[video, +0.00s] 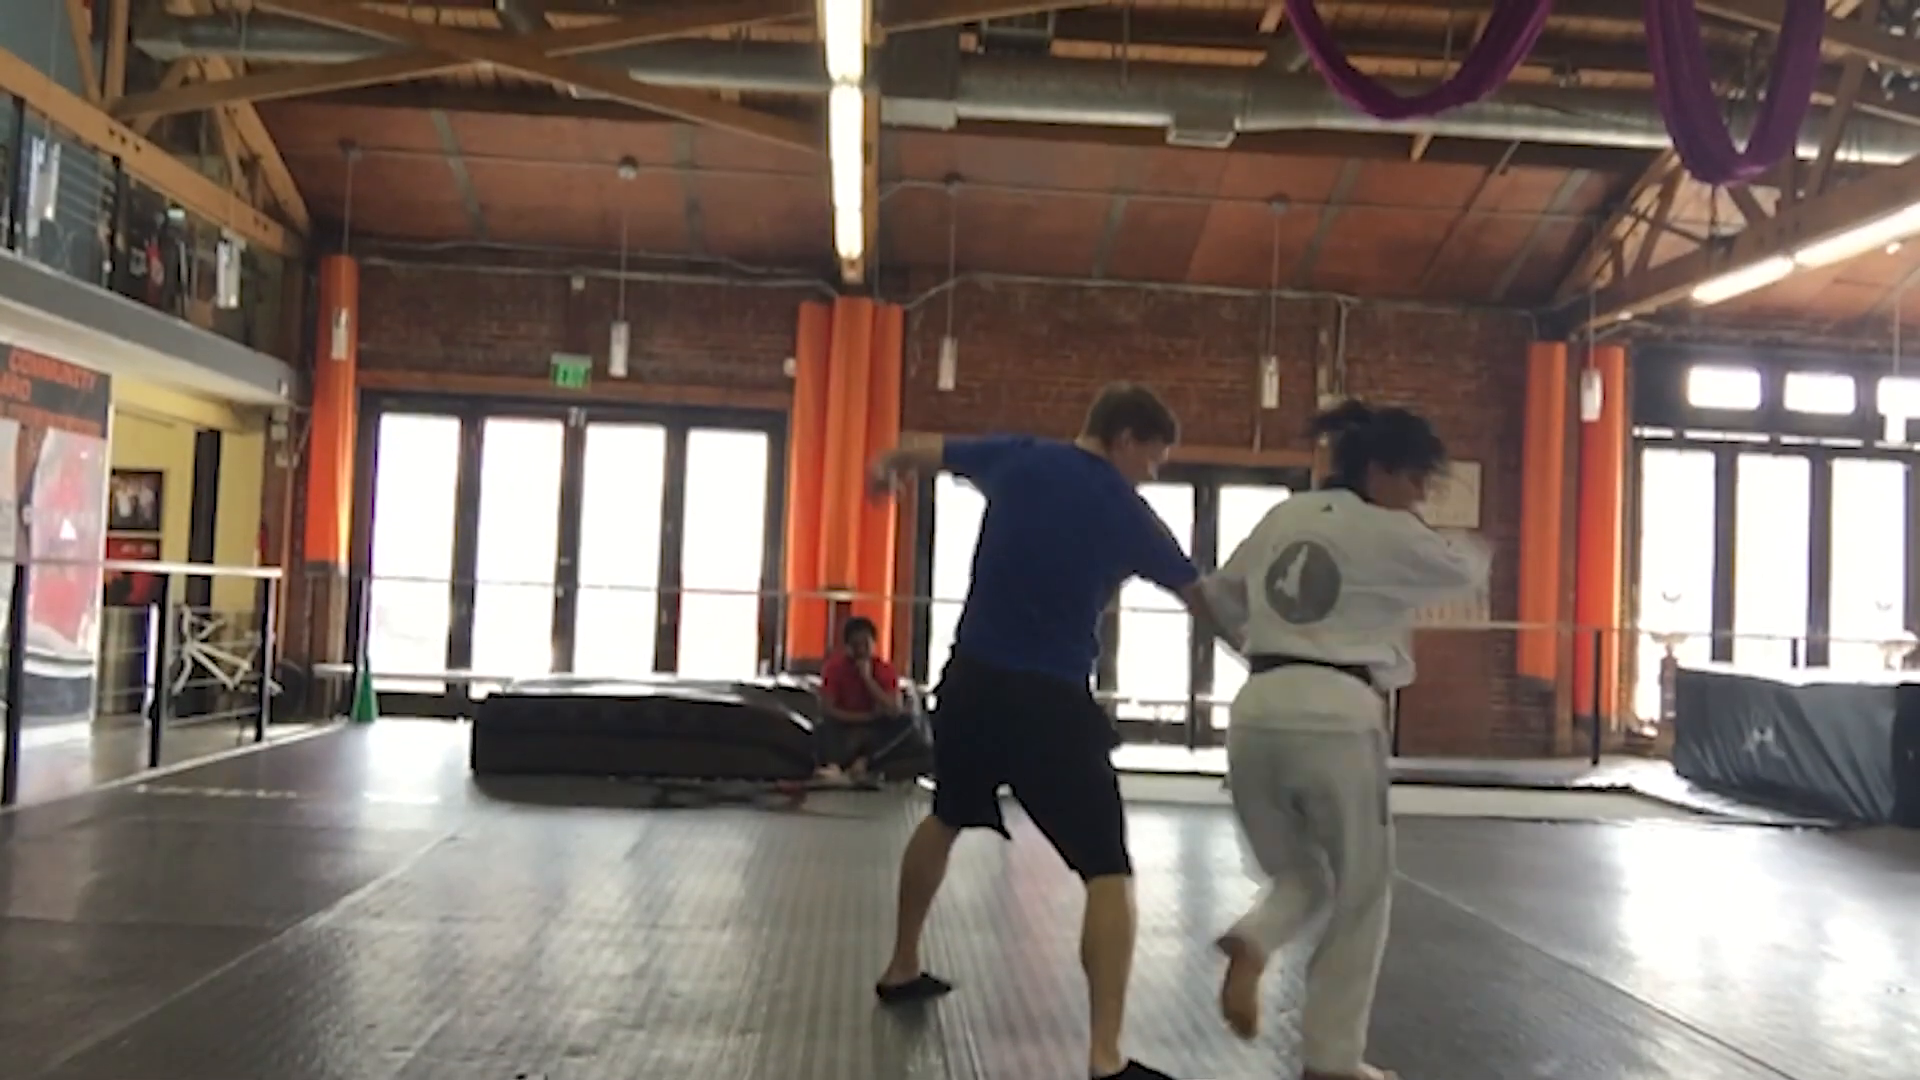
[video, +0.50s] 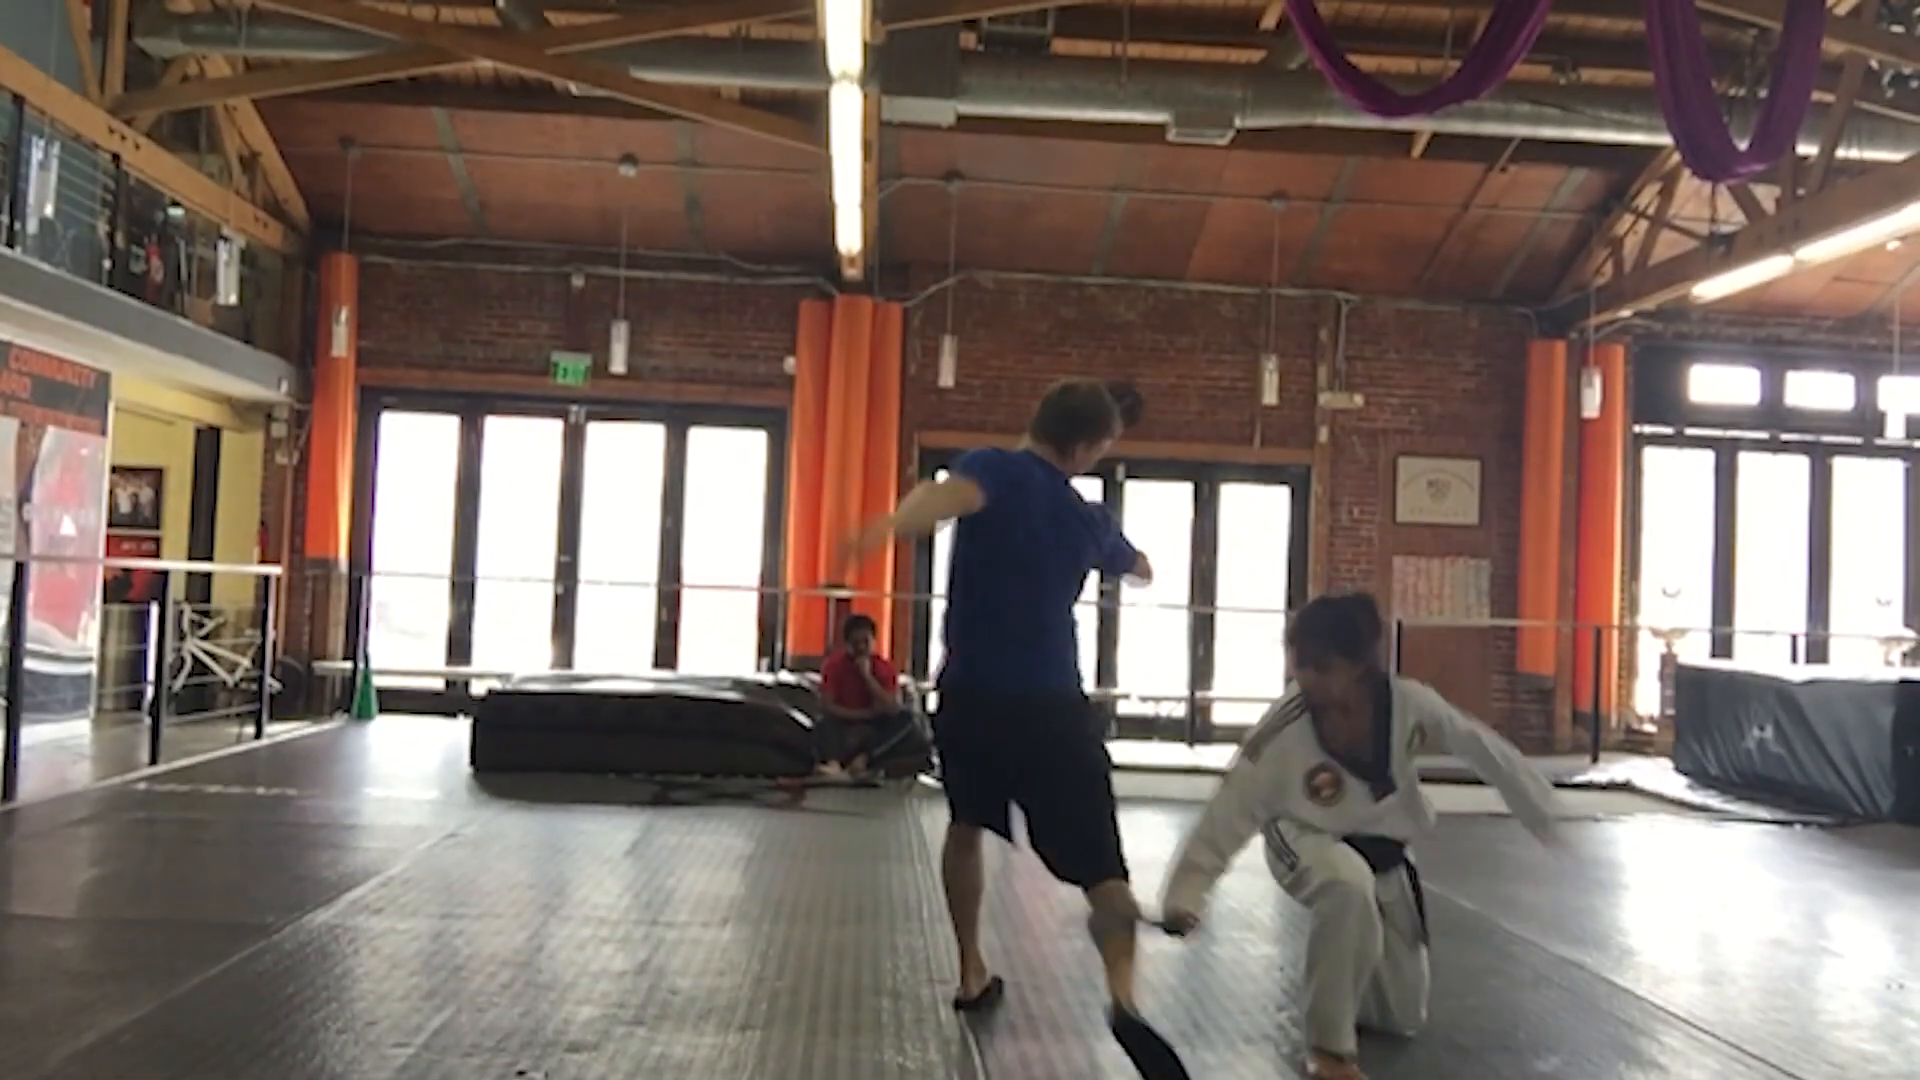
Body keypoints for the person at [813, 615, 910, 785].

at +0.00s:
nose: (861, 650)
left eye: (866, 643)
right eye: (856, 644)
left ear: (873, 643)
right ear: (847, 646)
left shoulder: (884, 669)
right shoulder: (834, 669)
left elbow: (894, 709)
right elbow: (828, 710)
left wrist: (868, 679)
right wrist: (868, 716)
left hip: (875, 723)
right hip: (844, 724)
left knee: (906, 723)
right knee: (824, 727)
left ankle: (866, 764)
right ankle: (831, 766)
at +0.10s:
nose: (861, 650)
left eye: (866, 644)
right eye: (856, 645)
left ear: (873, 643)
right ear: (847, 646)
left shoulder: (884, 669)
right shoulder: (834, 668)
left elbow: (894, 708)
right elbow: (828, 709)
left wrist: (868, 678)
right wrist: (868, 715)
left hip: (875, 722)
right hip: (844, 724)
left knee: (907, 722)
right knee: (824, 727)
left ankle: (866, 763)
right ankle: (831, 766)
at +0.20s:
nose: (862, 648)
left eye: (866, 642)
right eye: (856, 642)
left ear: (873, 642)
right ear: (847, 644)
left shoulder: (884, 668)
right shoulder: (834, 667)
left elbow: (892, 708)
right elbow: (827, 707)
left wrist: (867, 676)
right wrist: (868, 714)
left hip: (875, 721)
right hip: (843, 723)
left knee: (906, 721)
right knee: (822, 729)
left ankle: (866, 761)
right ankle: (832, 765)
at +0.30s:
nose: (861, 646)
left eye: (865, 640)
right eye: (855, 641)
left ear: (873, 640)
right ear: (847, 643)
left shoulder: (884, 667)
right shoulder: (834, 666)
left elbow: (892, 707)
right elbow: (827, 706)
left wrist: (868, 676)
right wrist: (869, 713)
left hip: (875, 720)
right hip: (842, 720)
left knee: (906, 720)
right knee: (821, 729)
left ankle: (866, 759)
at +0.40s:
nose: (861, 645)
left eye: (865, 639)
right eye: (856, 640)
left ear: (873, 638)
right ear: (847, 641)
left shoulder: (884, 665)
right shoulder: (834, 664)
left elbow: (892, 706)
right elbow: (827, 705)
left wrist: (868, 675)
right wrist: (869, 711)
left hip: (875, 718)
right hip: (842, 719)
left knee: (906, 718)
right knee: (821, 729)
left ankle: (866, 757)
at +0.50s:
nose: (861, 647)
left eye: (865, 641)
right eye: (856, 642)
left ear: (873, 641)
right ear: (847, 643)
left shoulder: (885, 668)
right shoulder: (833, 666)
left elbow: (892, 708)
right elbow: (827, 706)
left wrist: (868, 676)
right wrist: (868, 713)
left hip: (875, 719)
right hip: (842, 720)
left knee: (906, 719)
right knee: (823, 727)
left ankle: (865, 759)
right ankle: (833, 763)